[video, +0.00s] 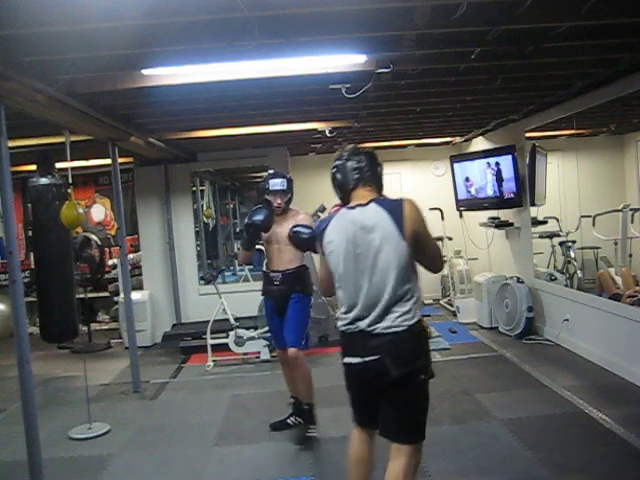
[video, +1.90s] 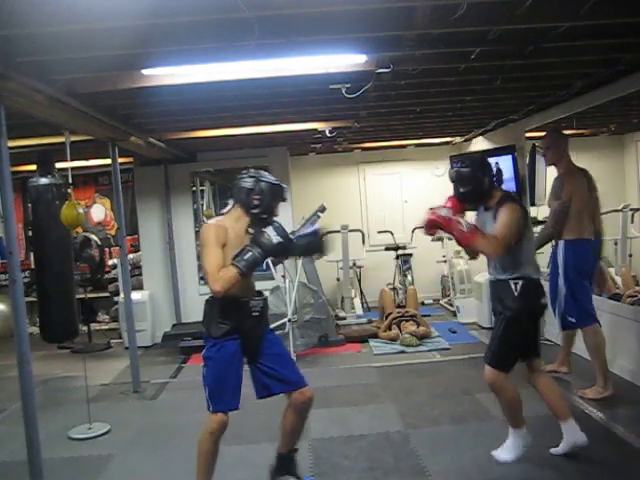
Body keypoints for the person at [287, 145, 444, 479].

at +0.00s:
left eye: (339, 179)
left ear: (340, 184)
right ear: (379, 176)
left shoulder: (329, 228)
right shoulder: (404, 210)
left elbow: (326, 288)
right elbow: (435, 263)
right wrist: (403, 234)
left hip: (355, 349)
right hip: (403, 346)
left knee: (361, 429)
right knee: (404, 448)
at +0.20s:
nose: (357, 186)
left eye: (357, 181)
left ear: (360, 186)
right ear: (398, 179)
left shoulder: (348, 226)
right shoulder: (428, 215)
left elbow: (337, 286)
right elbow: (448, 272)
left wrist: (343, 238)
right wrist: (419, 242)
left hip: (373, 353)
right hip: (423, 350)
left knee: (383, 433)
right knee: (450, 441)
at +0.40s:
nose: (376, 186)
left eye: (376, 180)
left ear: (383, 183)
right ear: (419, 178)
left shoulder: (376, 221)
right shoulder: (458, 210)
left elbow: (366, 284)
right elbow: (470, 273)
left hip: (406, 349)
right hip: (460, 344)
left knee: (399, 435)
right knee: (495, 434)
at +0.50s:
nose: (393, 185)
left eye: (394, 179)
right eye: (393, 179)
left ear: (400, 183)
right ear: (436, 177)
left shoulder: (399, 225)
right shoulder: (476, 213)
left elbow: (384, 286)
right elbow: (490, 269)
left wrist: (387, 254)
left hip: (432, 351)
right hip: (486, 345)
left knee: (412, 438)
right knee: (517, 438)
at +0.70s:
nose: (440, 192)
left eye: (440, 185)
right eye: (438, 185)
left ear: (451, 183)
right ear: (483, 177)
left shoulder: (450, 230)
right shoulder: (526, 214)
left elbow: (428, 294)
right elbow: (528, 266)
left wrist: (418, 257)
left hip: (480, 357)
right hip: (537, 351)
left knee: (454, 440)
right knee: (553, 444)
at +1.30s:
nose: (454, 193)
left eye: (454, 184)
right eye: (451, 185)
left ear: (470, 179)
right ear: (484, 175)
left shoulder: (492, 215)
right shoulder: (528, 205)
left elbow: (462, 278)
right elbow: (502, 257)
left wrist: (434, 242)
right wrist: (465, 230)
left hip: (512, 329)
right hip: (552, 323)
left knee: (487, 412)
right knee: (547, 407)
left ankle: (512, 475)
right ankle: (561, 475)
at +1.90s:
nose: (463, 193)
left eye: (466, 187)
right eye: (461, 188)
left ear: (482, 184)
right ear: (481, 185)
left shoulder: (510, 208)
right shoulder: (484, 211)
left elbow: (496, 247)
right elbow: (475, 251)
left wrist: (455, 226)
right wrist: (454, 226)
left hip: (522, 294)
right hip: (508, 293)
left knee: (495, 374)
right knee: (534, 369)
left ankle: (518, 435)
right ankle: (572, 431)